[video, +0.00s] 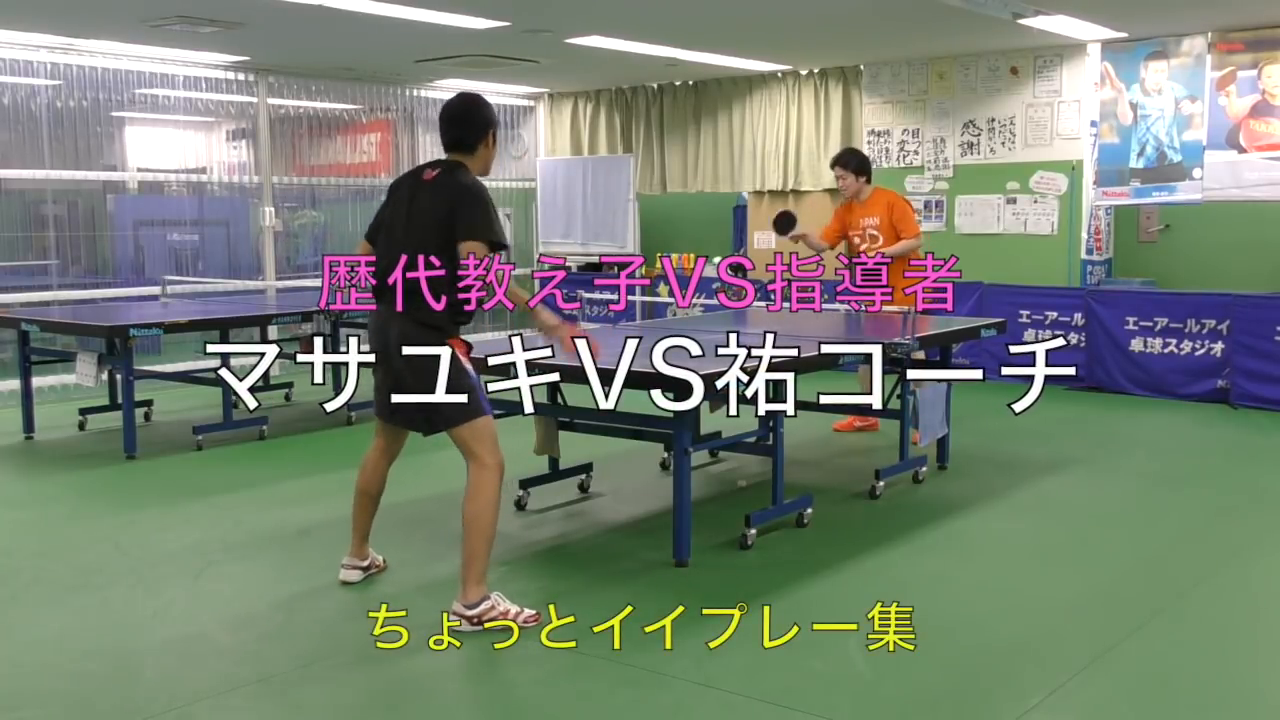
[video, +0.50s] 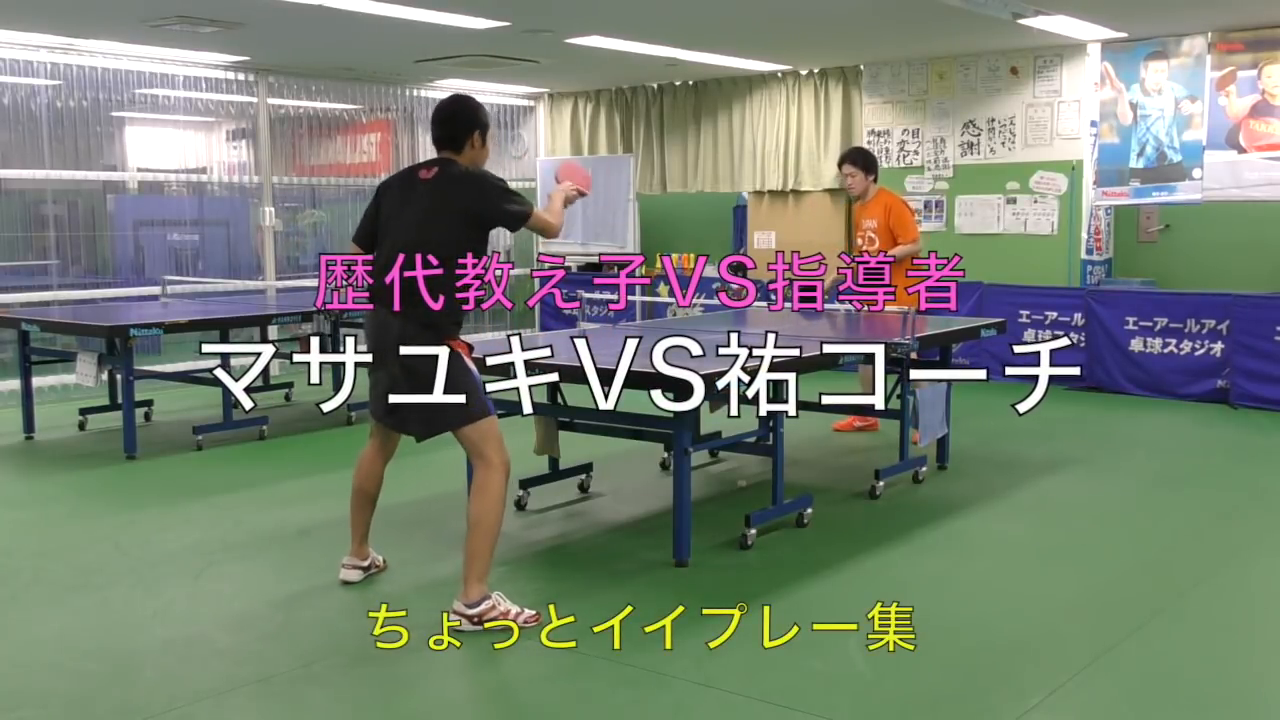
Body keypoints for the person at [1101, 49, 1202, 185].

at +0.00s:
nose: (1159, 77)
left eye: (1163, 71)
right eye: (1155, 71)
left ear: (1168, 73)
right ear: (1144, 72)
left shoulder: (1173, 89)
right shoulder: (1135, 91)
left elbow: (1199, 106)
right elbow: (1125, 121)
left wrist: (1191, 107)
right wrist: (1121, 94)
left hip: (1171, 161)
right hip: (1142, 163)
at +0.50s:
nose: (1159, 77)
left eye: (1163, 71)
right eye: (1155, 71)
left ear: (1168, 73)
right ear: (1144, 72)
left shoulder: (1173, 89)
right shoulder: (1135, 91)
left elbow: (1199, 106)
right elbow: (1125, 121)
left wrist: (1191, 107)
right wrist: (1121, 94)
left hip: (1171, 161)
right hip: (1141, 163)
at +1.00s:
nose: (1159, 76)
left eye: (1163, 71)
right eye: (1155, 71)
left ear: (1168, 73)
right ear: (1144, 72)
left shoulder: (1173, 89)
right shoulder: (1135, 91)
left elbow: (1199, 105)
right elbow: (1125, 120)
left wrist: (1191, 107)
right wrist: (1121, 94)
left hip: (1171, 161)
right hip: (1141, 163)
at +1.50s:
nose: (1159, 76)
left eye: (1163, 71)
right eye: (1155, 71)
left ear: (1168, 72)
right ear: (1144, 72)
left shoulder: (1174, 89)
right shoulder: (1135, 91)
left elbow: (1199, 105)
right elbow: (1125, 120)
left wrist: (1191, 107)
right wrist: (1121, 94)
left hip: (1171, 161)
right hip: (1141, 163)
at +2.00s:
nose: (1159, 76)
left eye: (1163, 71)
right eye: (1155, 71)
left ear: (1168, 73)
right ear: (1144, 72)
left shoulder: (1174, 89)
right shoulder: (1135, 91)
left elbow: (1199, 106)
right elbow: (1125, 121)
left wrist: (1191, 107)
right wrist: (1121, 94)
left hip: (1171, 161)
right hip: (1141, 163)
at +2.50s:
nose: (1159, 76)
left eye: (1163, 71)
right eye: (1155, 71)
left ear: (1168, 72)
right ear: (1143, 72)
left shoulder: (1174, 89)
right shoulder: (1135, 91)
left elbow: (1199, 105)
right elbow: (1125, 120)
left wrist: (1191, 106)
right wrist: (1122, 95)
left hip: (1171, 161)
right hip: (1141, 163)